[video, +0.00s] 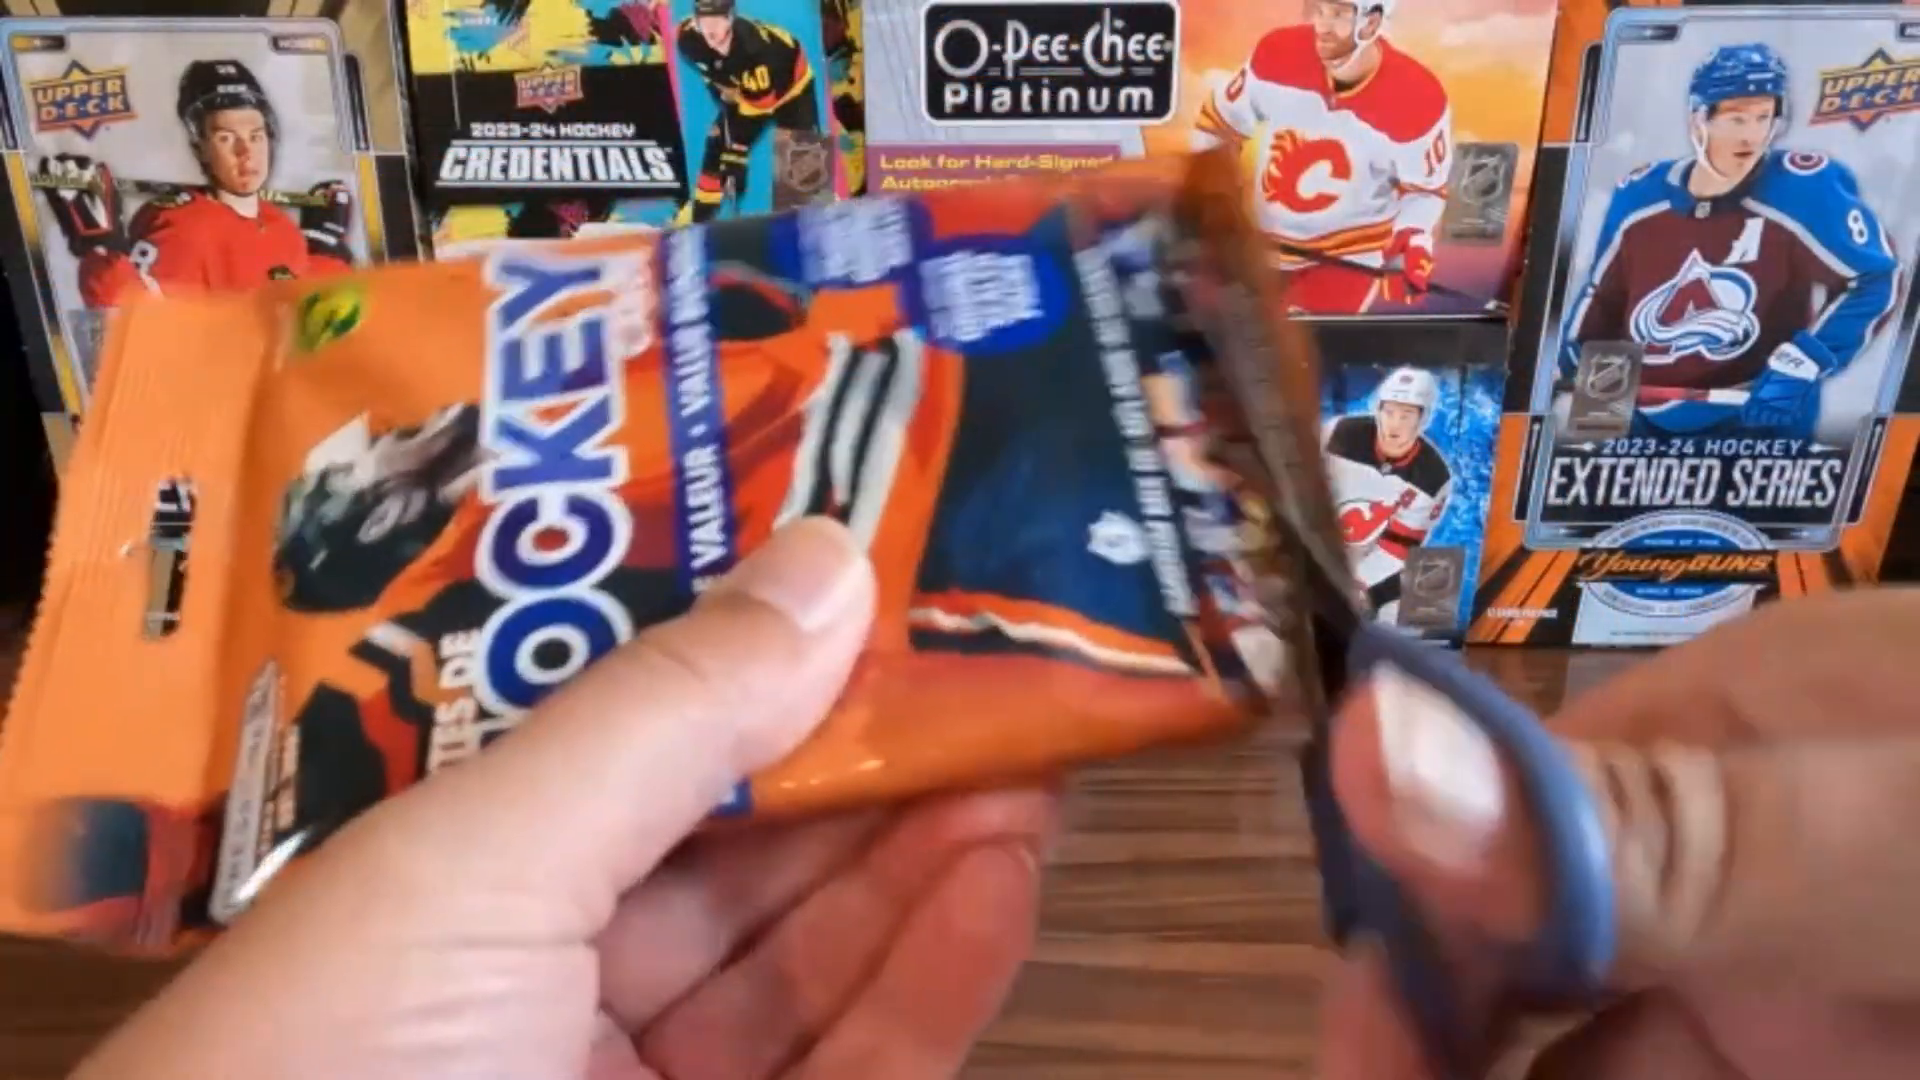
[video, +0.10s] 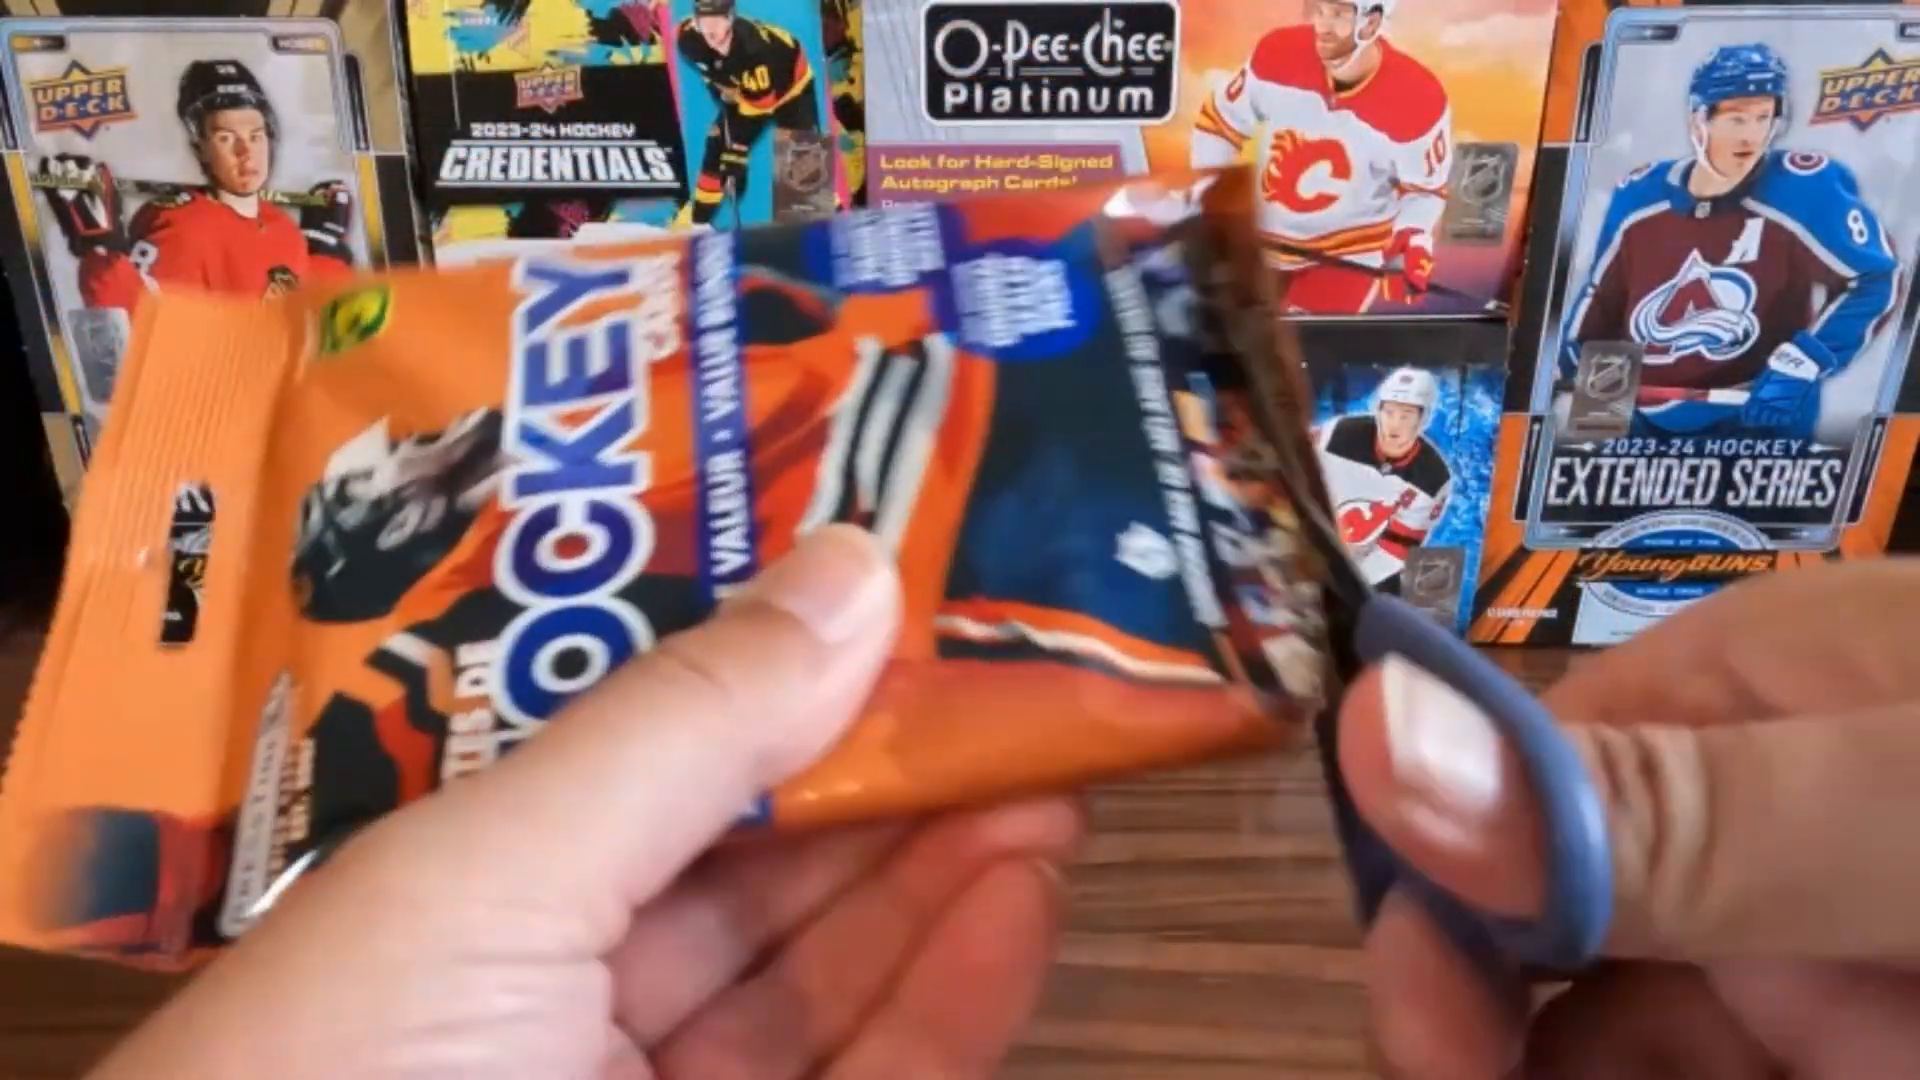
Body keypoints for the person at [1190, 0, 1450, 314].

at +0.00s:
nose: (1323, 27)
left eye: (1340, 14)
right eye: (1318, 11)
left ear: (1373, 21)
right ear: (1309, 11)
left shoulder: (1417, 95)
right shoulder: (1276, 56)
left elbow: (1423, 190)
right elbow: (1215, 128)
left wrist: (1414, 248)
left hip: (1351, 262)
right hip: (1261, 254)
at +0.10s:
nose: (1323, 27)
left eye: (1339, 15)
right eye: (1318, 12)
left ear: (1373, 22)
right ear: (1309, 11)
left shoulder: (1417, 95)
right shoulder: (1276, 55)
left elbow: (1424, 190)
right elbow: (1217, 125)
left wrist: (1414, 247)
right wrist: (1216, 204)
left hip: (1351, 260)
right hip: (1261, 249)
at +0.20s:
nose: (1323, 27)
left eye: (1339, 14)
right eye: (1318, 11)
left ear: (1372, 22)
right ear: (1309, 11)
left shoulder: (1417, 95)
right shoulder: (1276, 56)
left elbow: (1424, 191)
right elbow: (1217, 125)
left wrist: (1414, 246)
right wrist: (1214, 205)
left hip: (1349, 260)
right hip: (1262, 250)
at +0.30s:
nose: (1322, 27)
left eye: (1339, 14)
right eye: (1318, 11)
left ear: (1373, 22)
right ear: (1309, 11)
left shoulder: (1417, 96)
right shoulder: (1276, 56)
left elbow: (1423, 191)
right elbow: (1216, 125)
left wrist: (1413, 249)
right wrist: (1219, 218)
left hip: (1355, 263)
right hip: (1268, 251)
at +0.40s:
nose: (1323, 27)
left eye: (1339, 14)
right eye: (1318, 12)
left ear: (1373, 22)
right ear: (1309, 11)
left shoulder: (1417, 95)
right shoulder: (1276, 56)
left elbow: (1424, 191)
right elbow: (1216, 125)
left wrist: (1413, 250)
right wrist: (1215, 206)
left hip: (1348, 261)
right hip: (1261, 249)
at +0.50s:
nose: (1323, 26)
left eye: (1339, 14)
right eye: (1318, 11)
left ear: (1373, 22)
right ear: (1309, 11)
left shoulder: (1417, 96)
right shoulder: (1276, 56)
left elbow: (1424, 191)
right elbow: (1216, 125)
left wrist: (1413, 248)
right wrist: (1214, 209)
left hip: (1350, 263)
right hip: (1262, 250)